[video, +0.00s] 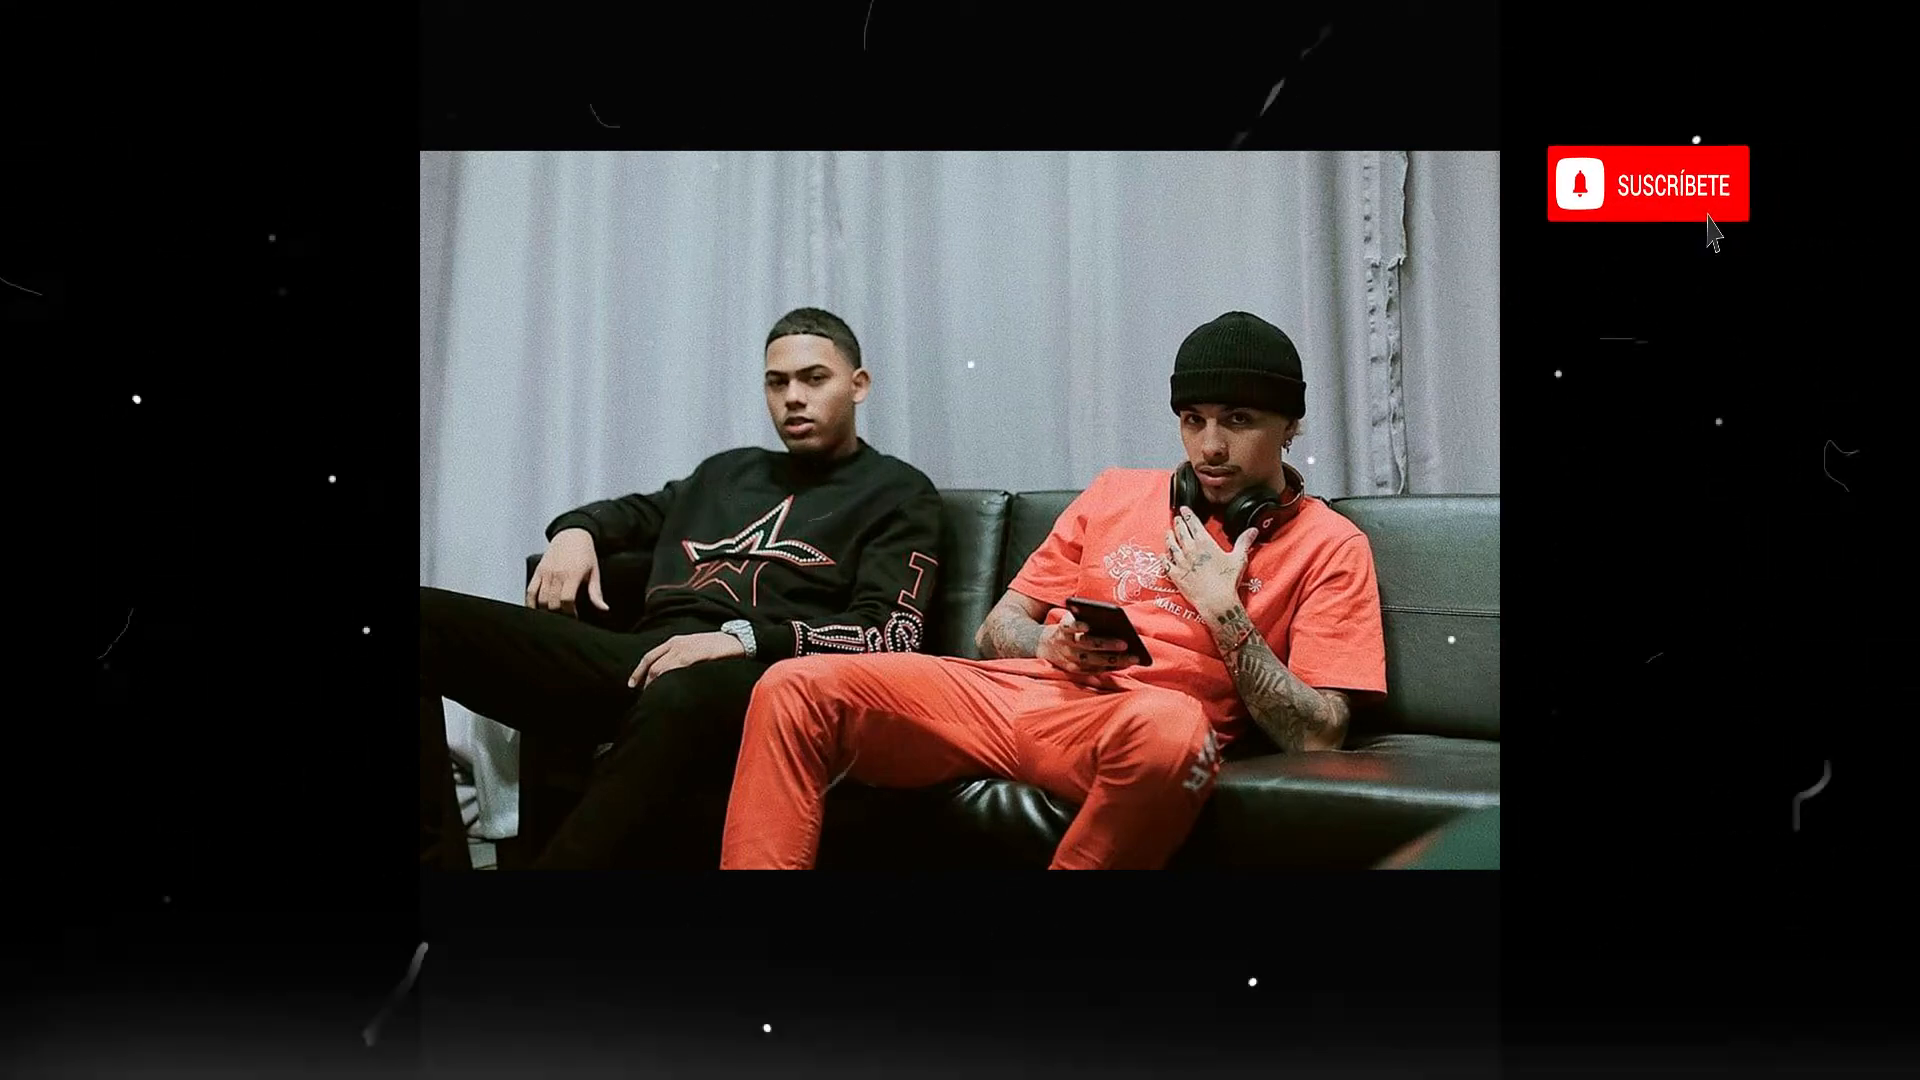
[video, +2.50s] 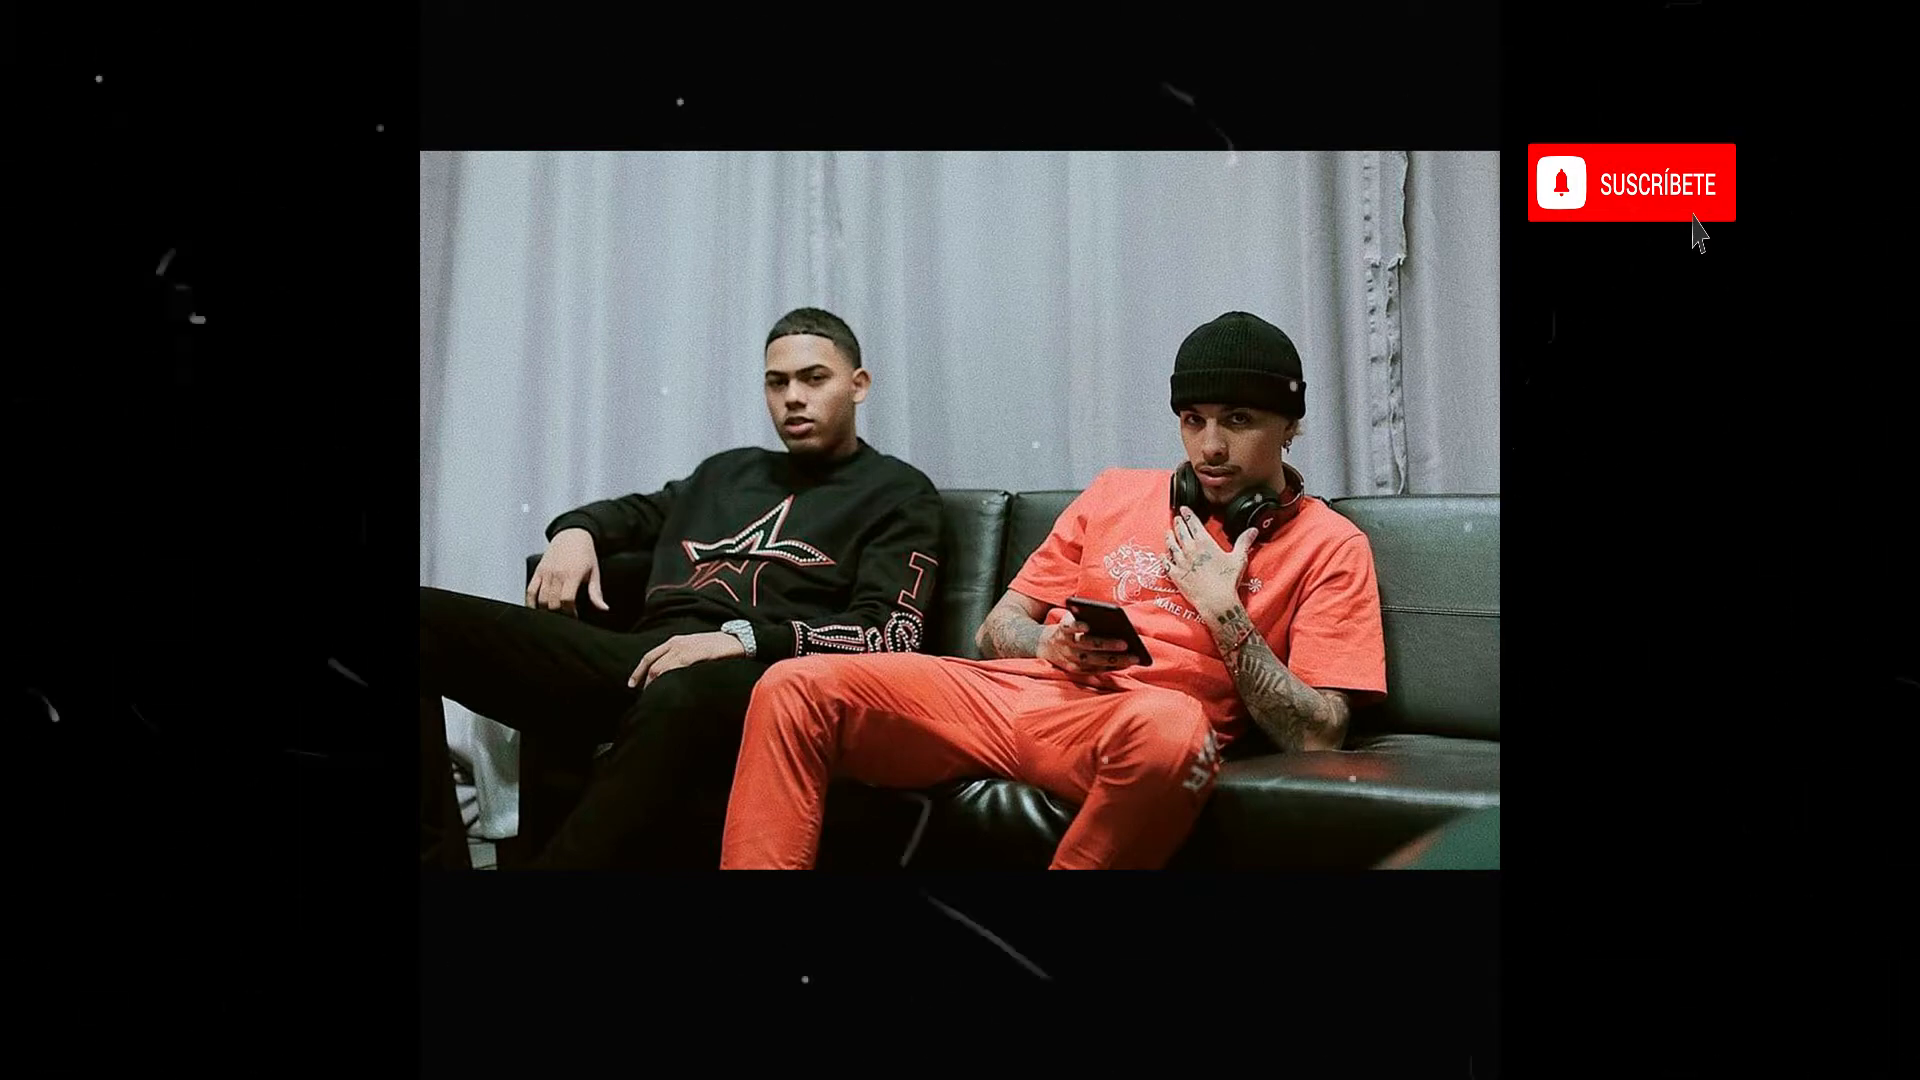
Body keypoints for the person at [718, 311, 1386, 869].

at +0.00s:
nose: (1211, 445)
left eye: (1238, 422)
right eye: (1195, 419)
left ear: (1288, 429)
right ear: (1179, 422)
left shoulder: (1329, 546)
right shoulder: (1117, 493)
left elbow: (1318, 736)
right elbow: (999, 627)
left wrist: (1227, 615)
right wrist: (1052, 646)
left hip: (1131, 707)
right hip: (1013, 685)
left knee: (1170, 745)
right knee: (792, 694)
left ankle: (1047, 954)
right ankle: (755, 951)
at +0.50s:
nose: (1211, 445)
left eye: (1238, 421)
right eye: (1195, 419)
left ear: (1288, 429)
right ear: (1179, 421)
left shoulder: (1329, 546)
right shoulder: (1117, 493)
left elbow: (1318, 736)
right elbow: (999, 627)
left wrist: (1227, 615)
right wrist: (1052, 646)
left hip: (1132, 707)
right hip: (1013, 685)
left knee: (1170, 746)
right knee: (791, 694)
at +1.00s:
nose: (1210, 445)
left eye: (1238, 421)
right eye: (1195, 419)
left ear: (1288, 429)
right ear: (1179, 422)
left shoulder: (1329, 546)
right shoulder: (1118, 493)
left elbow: (1318, 734)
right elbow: (999, 626)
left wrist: (1227, 615)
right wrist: (1051, 647)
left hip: (1131, 708)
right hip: (1014, 685)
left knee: (1171, 745)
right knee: (792, 693)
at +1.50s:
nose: (1210, 445)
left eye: (1238, 421)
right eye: (1196, 419)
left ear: (1289, 429)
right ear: (1179, 422)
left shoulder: (1328, 546)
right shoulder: (1118, 492)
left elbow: (1318, 734)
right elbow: (999, 626)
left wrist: (1227, 614)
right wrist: (1050, 647)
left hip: (1133, 707)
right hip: (1014, 685)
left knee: (1170, 747)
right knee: (792, 693)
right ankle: (758, 918)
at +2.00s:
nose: (1210, 445)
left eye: (1238, 421)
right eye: (1195, 419)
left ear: (1288, 429)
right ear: (1179, 422)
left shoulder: (1329, 546)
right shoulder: (1118, 493)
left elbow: (1318, 735)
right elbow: (999, 626)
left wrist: (1227, 615)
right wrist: (1051, 647)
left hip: (1131, 708)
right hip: (1013, 685)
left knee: (1171, 745)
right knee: (792, 693)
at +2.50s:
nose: (1210, 445)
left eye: (1238, 421)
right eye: (1196, 419)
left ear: (1289, 428)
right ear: (1179, 422)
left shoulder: (1328, 546)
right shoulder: (1118, 493)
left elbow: (1318, 734)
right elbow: (999, 626)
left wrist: (1226, 614)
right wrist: (1050, 647)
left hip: (1133, 708)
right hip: (1014, 685)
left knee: (1170, 747)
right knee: (792, 693)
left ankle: (1042, 954)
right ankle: (762, 942)